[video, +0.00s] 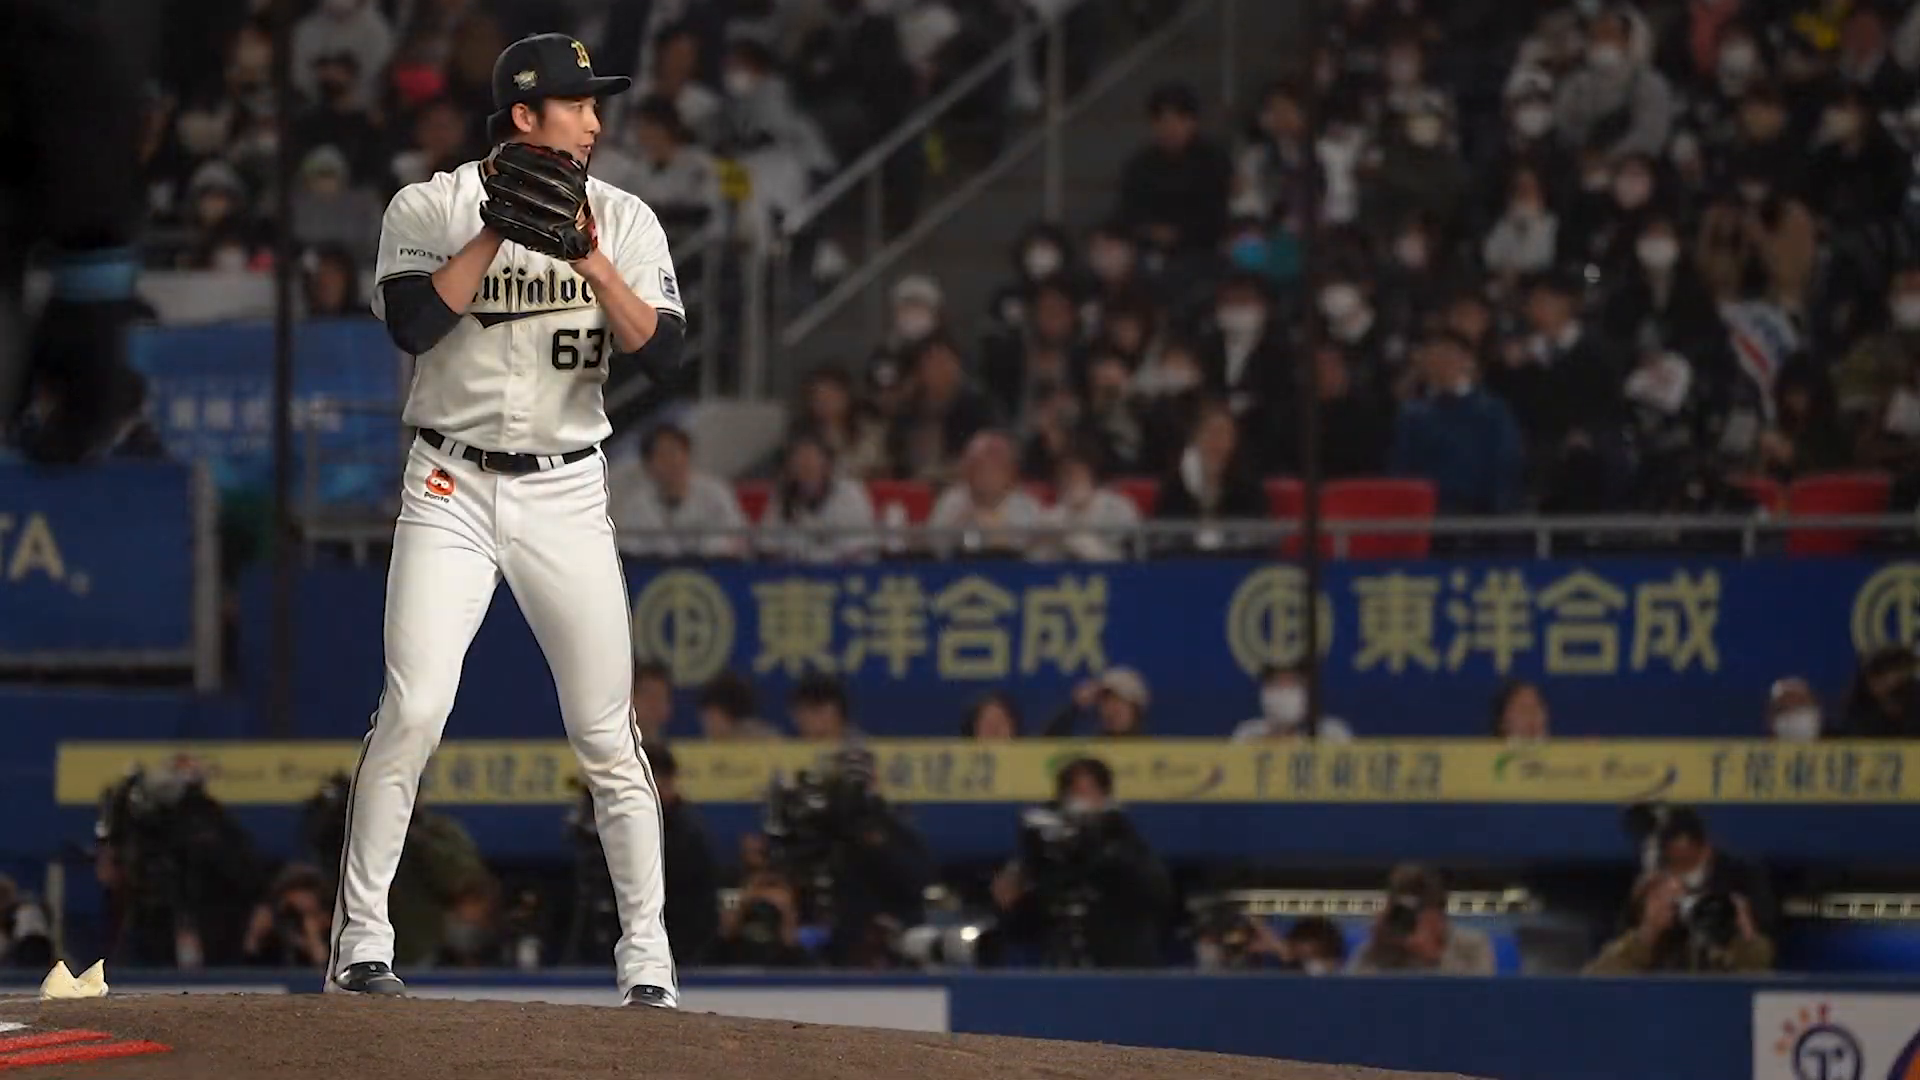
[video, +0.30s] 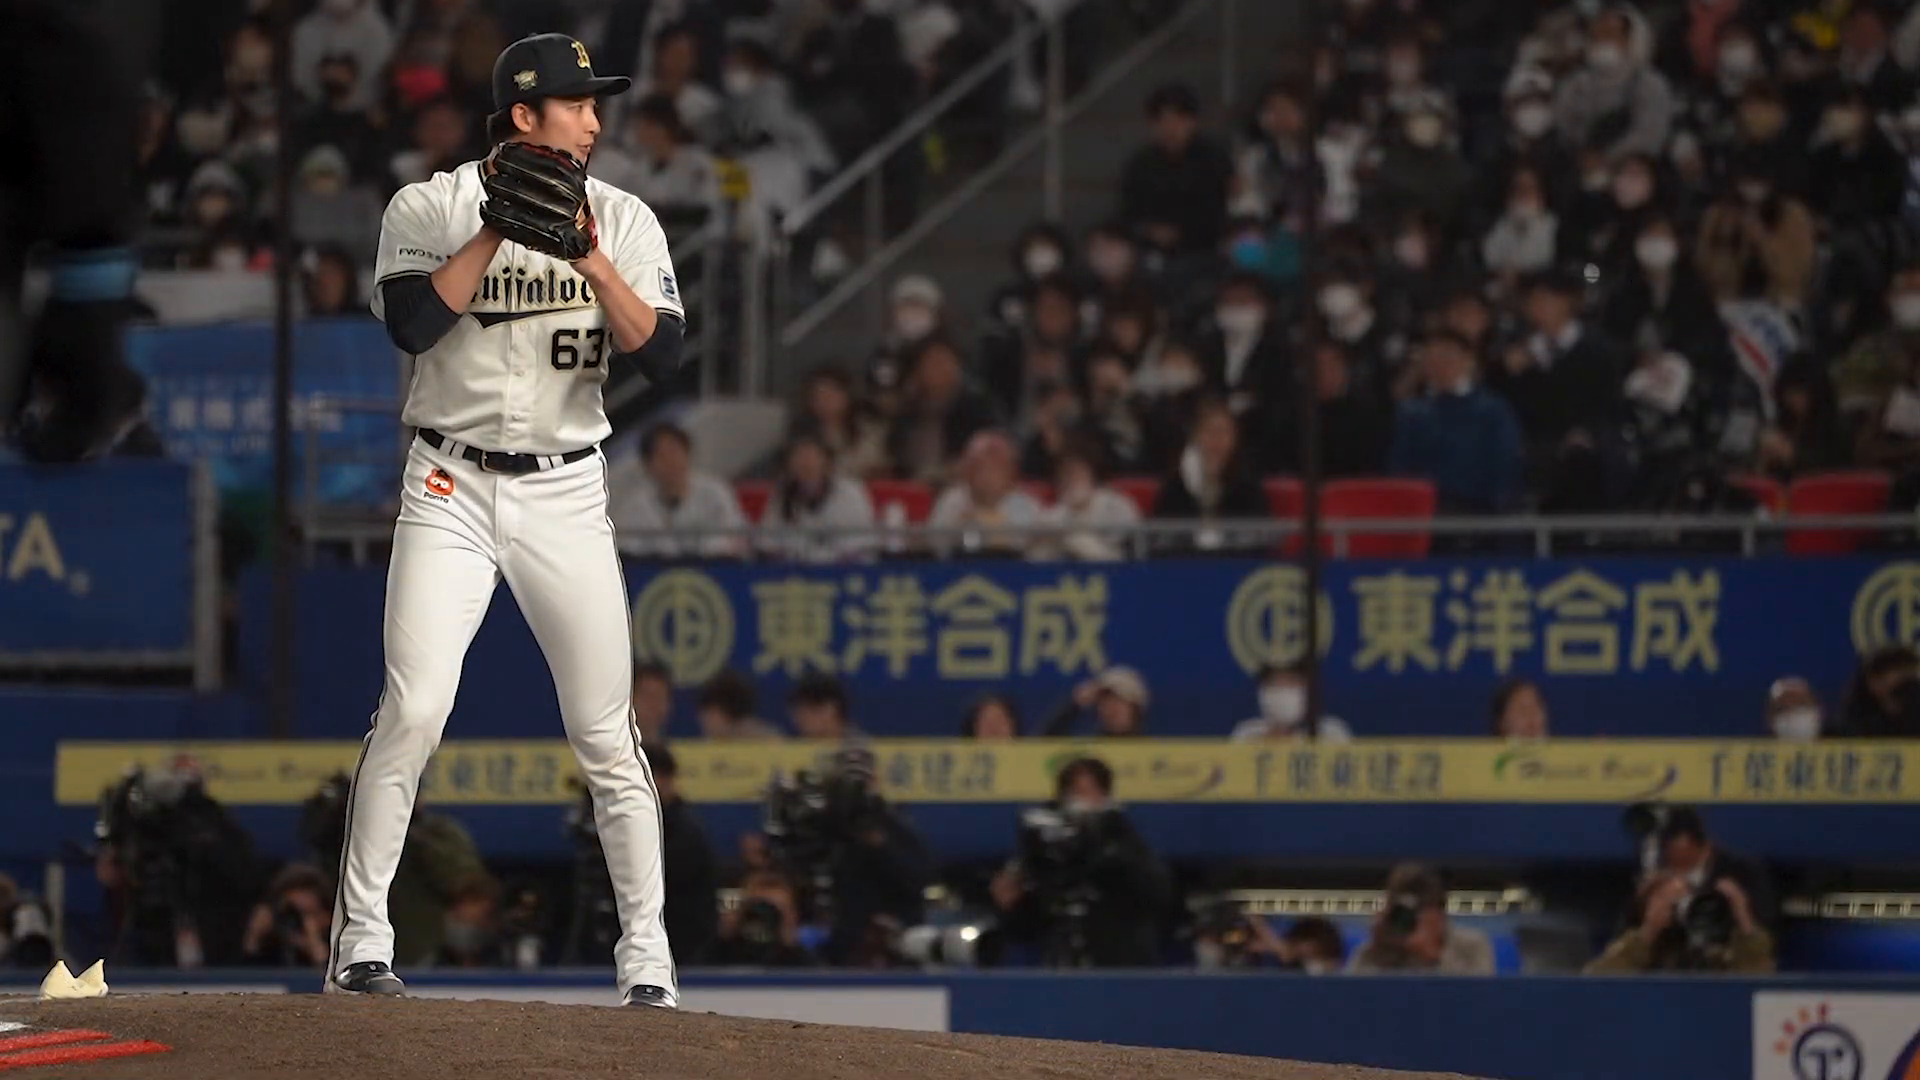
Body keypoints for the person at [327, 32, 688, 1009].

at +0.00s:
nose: (594, 119)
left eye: (597, 104)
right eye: (576, 103)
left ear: (591, 118)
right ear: (521, 112)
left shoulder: (626, 221)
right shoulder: (430, 206)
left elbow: (663, 353)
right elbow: (409, 327)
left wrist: (593, 262)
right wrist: (496, 231)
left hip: (568, 499)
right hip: (448, 489)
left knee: (604, 735)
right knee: (413, 709)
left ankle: (647, 962)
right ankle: (361, 944)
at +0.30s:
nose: (594, 119)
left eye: (597, 104)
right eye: (577, 103)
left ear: (590, 119)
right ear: (521, 112)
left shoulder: (626, 220)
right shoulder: (431, 205)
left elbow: (662, 354)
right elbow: (408, 326)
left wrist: (592, 260)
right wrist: (495, 231)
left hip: (568, 498)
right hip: (449, 487)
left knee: (603, 734)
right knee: (413, 710)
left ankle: (647, 960)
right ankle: (361, 945)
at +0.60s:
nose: (594, 119)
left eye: (596, 104)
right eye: (576, 103)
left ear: (591, 118)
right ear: (522, 112)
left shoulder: (626, 220)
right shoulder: (431, 205)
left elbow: (664, 357)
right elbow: (409, 328)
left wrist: (592, 259)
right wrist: (495, 231)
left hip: (568, 497)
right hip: (449, 487)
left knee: (604, 735)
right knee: (414, 710)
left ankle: (647, 960)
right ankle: (362, 945)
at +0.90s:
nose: (592, 120)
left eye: (595, 104)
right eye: (575, 104)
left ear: (590, 119)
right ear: (519, 113)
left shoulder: (625, 220)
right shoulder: (430, 206)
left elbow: (662, 356)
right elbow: (408, 327)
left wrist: (591, 261)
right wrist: (495, 231)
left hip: (568, 497)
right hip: (448, 488)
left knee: (605, 735)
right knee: (413, 710)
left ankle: (648, 964)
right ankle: (360, 946)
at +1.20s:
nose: (594, 120)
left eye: (596, 104)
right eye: (577, 103)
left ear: (590, 119)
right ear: (523, 111)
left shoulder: (626, 221)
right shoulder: (431, 205)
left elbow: (664, 358)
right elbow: (410, 329)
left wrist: (591, 261)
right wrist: (495, 232)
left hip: (568, 496)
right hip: (449, 487)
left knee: (604, 734)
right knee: (415, 710)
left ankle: (648, 962)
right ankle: (362, 946)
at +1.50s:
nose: (592, 120)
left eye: (595, 105)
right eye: (575, 104)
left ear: (589, 119)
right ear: (520, 112)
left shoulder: (625, 222)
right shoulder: (429, 206)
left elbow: (659, 357)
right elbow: (408, 328)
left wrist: (590, 261)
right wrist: (494, 233)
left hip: (568, 498)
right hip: (448, 489)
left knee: (605, 735)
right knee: (415, 708)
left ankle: (647, 963)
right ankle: (360, 943)